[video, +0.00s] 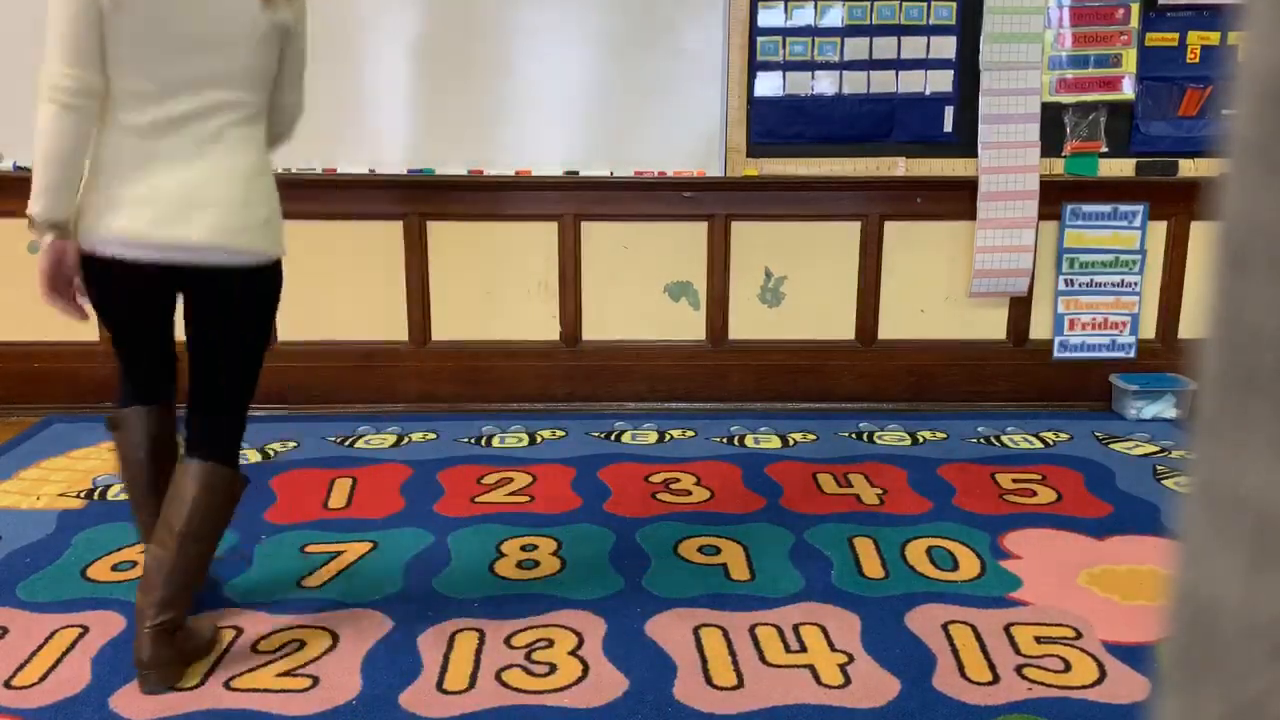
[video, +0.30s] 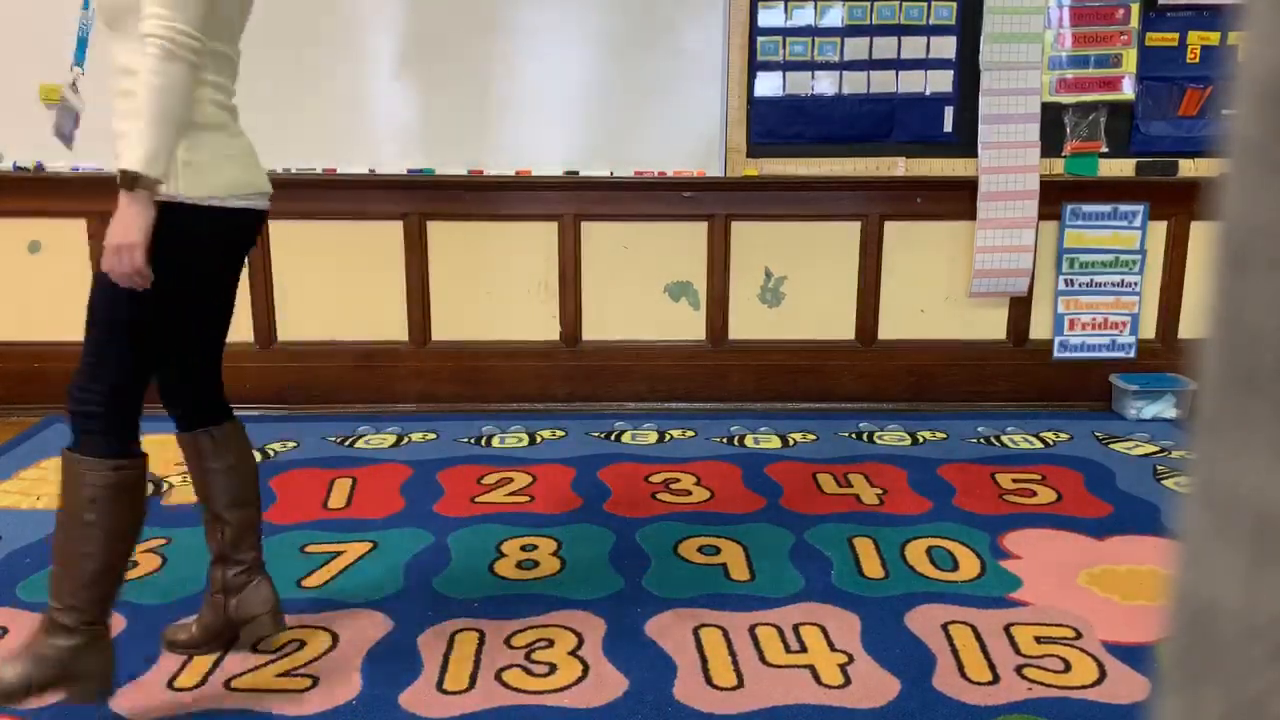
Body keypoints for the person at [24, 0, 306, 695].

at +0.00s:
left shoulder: (92, 1)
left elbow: (73, 88)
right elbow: (284, 107)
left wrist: (55, 224)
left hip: (123, 226)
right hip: (239, 232)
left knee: (141, 389)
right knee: (214, 433)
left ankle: (168, 571)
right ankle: (160, 635)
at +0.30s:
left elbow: (169, 41)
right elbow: (193, 53)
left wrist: (135, 195)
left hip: (173, 192)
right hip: (221, 191)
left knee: (101, 407)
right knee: (195, 390)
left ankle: (74, 634)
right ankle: (241, 586)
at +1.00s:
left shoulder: (40, 3)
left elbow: (51, 82)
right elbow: (302, 23)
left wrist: (90, 214)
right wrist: (359, 163)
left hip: (176, 206)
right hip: (299, 184)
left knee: (216, 426)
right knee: (308, 381)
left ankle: (276, 653)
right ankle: (312, 570)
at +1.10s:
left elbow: (56, 80)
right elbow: (278, 27)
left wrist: (106, 205)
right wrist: (343, 176)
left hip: (152, 205)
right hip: (280, 183)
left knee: (208, 432)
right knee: (334, 402)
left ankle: (266, 653)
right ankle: (377, 597)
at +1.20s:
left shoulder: (71, 5)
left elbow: (83, 81)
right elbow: (234, 47)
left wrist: (122, 195)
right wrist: (296, 196)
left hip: (144, 216)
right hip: (255, 202)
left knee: (211, 428)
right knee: (319, 418)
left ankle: (256, 656)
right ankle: (349, 637)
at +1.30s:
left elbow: (95, 75)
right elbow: (197, 51)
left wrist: (127, 195)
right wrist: (249, 204)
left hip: (141, 207)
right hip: (228, 203)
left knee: (213, 424)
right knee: (293, 424)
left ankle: (234, 648)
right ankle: (265, 668)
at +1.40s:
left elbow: (97, 76)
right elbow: (185, 59)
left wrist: (122, 220)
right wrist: (234, 222)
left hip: (160, 213)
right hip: (201, 218)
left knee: (247, 432)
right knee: (268, 440)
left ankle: (225, 654)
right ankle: (184, 682)